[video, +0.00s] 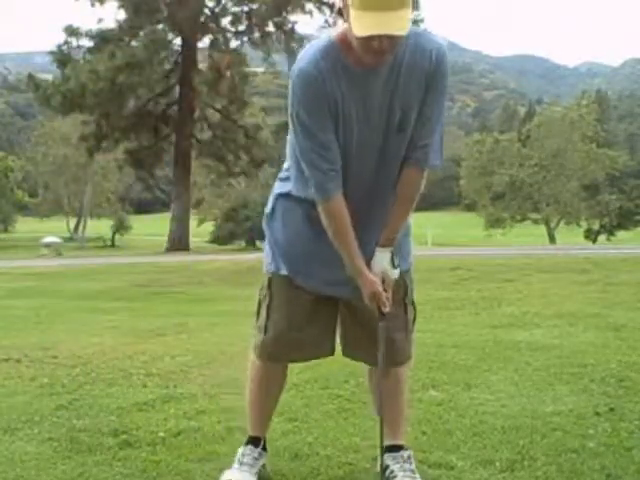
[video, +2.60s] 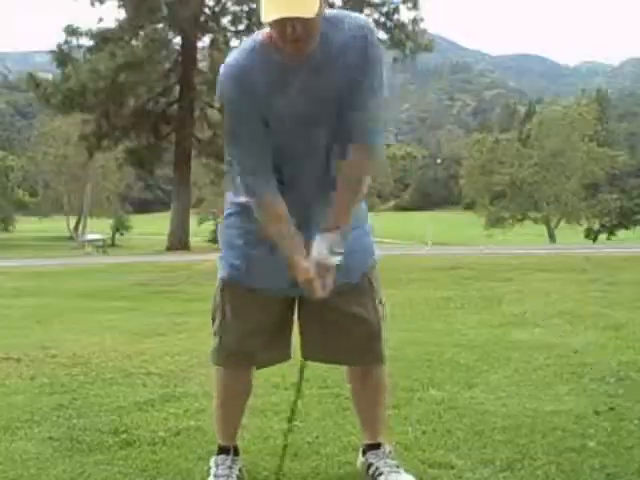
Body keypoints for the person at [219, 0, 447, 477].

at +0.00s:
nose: (382, 46)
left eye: (392, 35)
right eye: (370, 35)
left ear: (408, 20)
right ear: (344, 14)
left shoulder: (429, 58)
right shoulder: (314, 71)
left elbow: (416, 163)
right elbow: (325, 186)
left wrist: (385, 248)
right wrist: (359, 268)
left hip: (384, 229)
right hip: (306, 223)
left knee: (392, 347)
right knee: (274, 341)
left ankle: (396, 455)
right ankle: (253, 448)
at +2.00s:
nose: (352, 52)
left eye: (359, 41)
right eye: (339, 43)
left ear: (371, 23)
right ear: (314, 30)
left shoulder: (397, 56)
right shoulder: (288, 82)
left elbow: (398, 156)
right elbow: (315, 194)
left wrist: (387, 241)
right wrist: (365, 266)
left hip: (363, 229)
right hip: (291, 228)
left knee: (382, 346)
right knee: (259, 348)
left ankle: (379, 453)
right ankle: (228, 454)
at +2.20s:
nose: (343, 47)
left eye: (353, 33)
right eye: (331, 36)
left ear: (369, 18)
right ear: (313, 27)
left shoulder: (390, 35)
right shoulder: (299, 89)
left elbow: (417, 128)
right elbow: (358, 189)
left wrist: (431, 214)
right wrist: (429, 245)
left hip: (369, 222)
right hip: (299, 228)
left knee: (386, 341)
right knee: (266, 348)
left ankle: (379, 453)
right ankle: (229, 454)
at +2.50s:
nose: (307, 37)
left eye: (318, 24)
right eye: (294, 27)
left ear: (336, 10)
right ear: (277, 18)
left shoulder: (365, 32)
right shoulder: (264, 81)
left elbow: (394, 128)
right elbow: (317, 186)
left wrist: (398, 208)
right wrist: (382, 249)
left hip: (346, 217)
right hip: (269, 221)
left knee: (369, 339)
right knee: (241, 348)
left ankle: (378, 455)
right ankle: (226, 457)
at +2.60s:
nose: (292, 31)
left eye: (303, 19)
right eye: (281, 21)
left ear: (322, 10)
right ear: (264, 16)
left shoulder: (357, 39)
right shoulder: (240, 73)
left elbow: (362, 145)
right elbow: (257, 180)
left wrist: (333, 236)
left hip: (340, 216)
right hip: (257, 217)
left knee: (366, 338)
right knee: (236, 344)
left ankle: (376, 453)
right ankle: (226, 457)